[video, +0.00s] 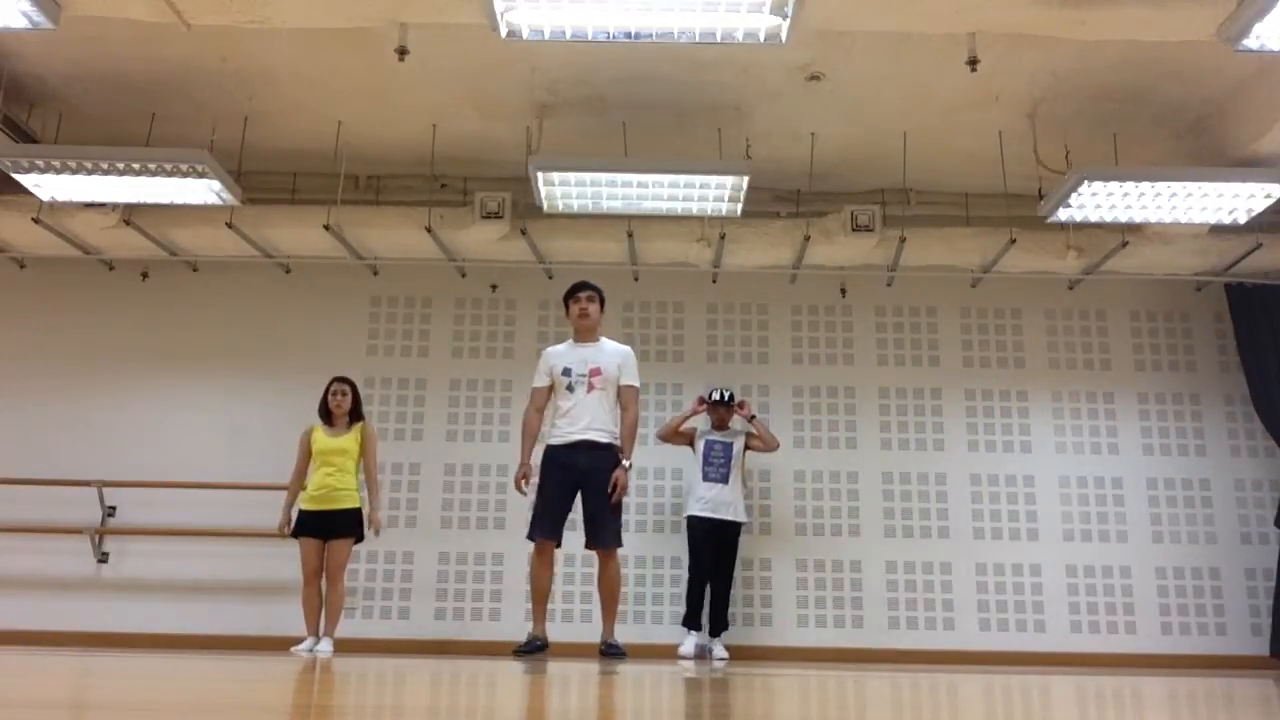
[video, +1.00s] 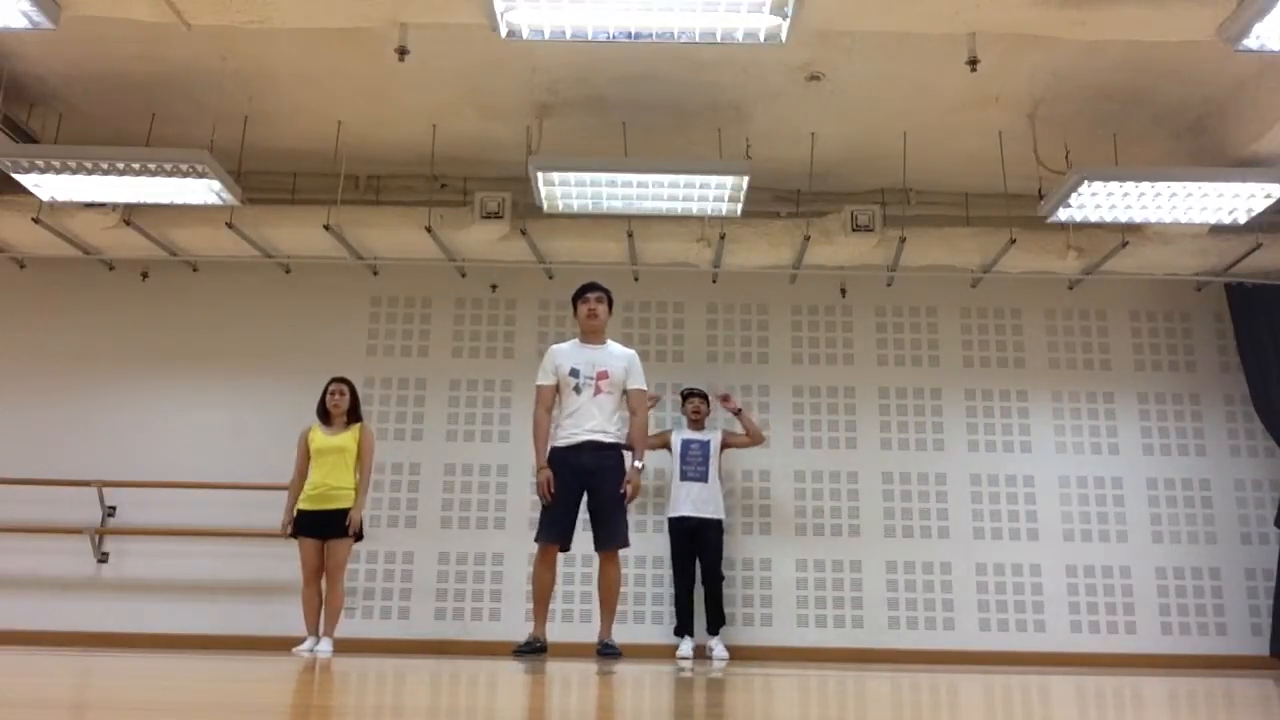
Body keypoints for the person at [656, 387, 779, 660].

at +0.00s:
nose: (721, 414)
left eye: (725, 409)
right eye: (716, 408)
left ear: (732, 411)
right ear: (708, 411)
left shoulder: (741, 438)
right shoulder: (697, 436)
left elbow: (772, 445)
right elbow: (664, 435)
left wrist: (751, 418)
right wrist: (690, 412)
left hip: (729, 516)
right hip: (700, 514)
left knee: (722, 580)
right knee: (697, 576)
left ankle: (716, 638)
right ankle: (693, 634)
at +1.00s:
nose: (695, 407)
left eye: (700, 404)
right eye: (691, 404)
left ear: (708, 409)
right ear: (683, 410)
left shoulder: (718, 437)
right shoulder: (672, 436)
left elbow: (756, 438)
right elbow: (636, 443)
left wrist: (736, 410)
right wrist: (643, 410)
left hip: (710, 516)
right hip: (680, 516)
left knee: (713, 578)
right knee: (683, 580)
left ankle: (714, 638)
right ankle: (685, 639)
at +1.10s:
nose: (694, 408)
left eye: (699, 404)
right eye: (689, 404)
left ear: (706, 409)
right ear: (682, 410)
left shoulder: (717, 438)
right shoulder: (671, 436)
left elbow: (754, 450)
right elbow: (642, 453)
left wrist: (745, 420)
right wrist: (631, 430)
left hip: (709, 518)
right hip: (679, 517)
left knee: (712, 579)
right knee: (683, 581)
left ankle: (714, 638)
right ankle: (685, 639)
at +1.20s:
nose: (693, 409)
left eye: (698, 405)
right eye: (688, 405)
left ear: (706, 410)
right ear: (681, 411)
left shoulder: (717, 442)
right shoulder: (669, 441)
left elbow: (741, 467)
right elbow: (650, 466)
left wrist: (753, 448)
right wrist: (639, 471)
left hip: (708, 520)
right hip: (678, 518)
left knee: (710, 579)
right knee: (682, 581)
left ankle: (713, 637)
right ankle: (685, 639)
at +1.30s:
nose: (693, 410)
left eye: (698, 406)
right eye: (688, 406)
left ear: (705, 411)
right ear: (681, 411)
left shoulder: (717, 443)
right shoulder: (669, 441)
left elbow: (727, 478)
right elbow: (654, 476)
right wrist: (639, 491)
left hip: (707, 520)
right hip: (677, 518)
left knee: (709, 579)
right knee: (681, 581)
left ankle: (712, 636)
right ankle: (685, 638)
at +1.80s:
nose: (701, 414)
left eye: (706, 409)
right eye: (696, 409)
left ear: (713, 411)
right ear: (687, 411)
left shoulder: (725, 442)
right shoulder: (676, 442)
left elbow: (739, 480)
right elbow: (659, 476)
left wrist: (754, 511)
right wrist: (643, 504)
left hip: (715, 520)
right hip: (683, 520)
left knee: (730, 573)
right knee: (684, 582)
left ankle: (753, 629)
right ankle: (685, 638)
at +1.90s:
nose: (707, 414)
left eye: (712, 409)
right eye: (702, 409)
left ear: (719, 410)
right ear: (693, 411)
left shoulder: (732, 441)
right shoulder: (682, 439)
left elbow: (753, 472)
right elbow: (660, 468)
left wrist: (780, 497)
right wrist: (643, 480)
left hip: (721, 521)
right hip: (689, 520)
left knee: (739, 572)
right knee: (687, 582)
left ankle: (768, 627)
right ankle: (685, 638)